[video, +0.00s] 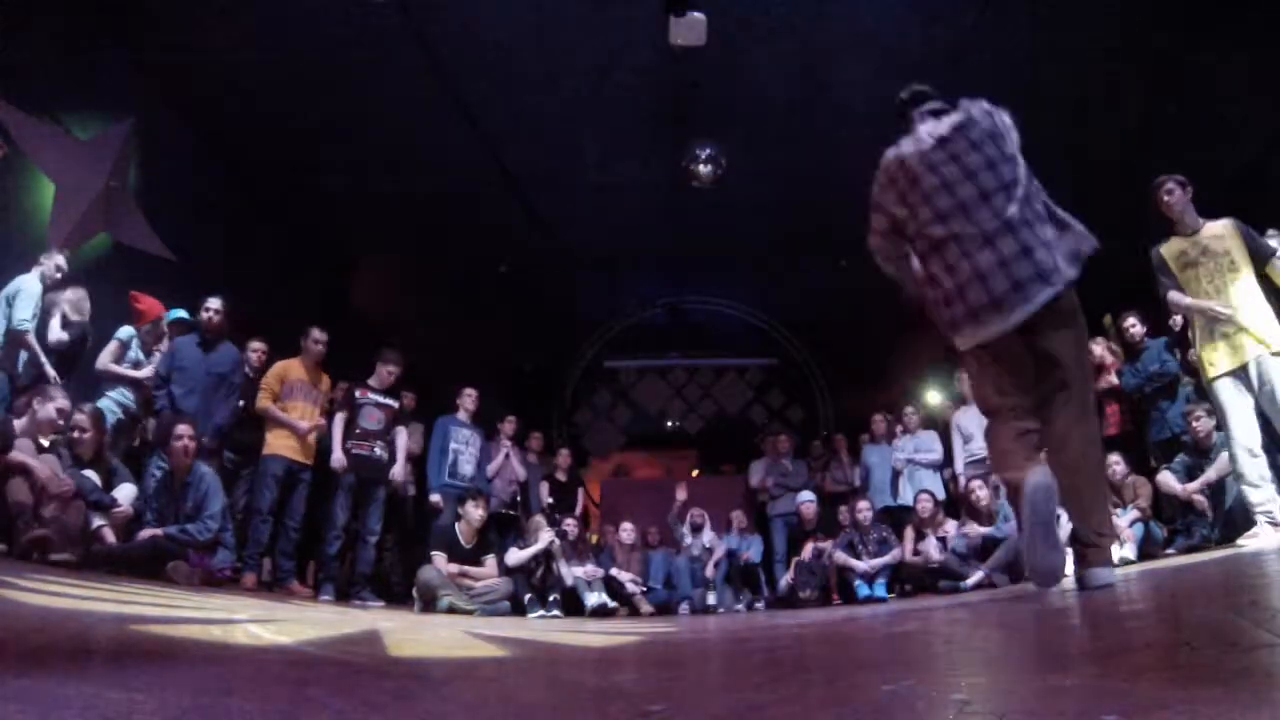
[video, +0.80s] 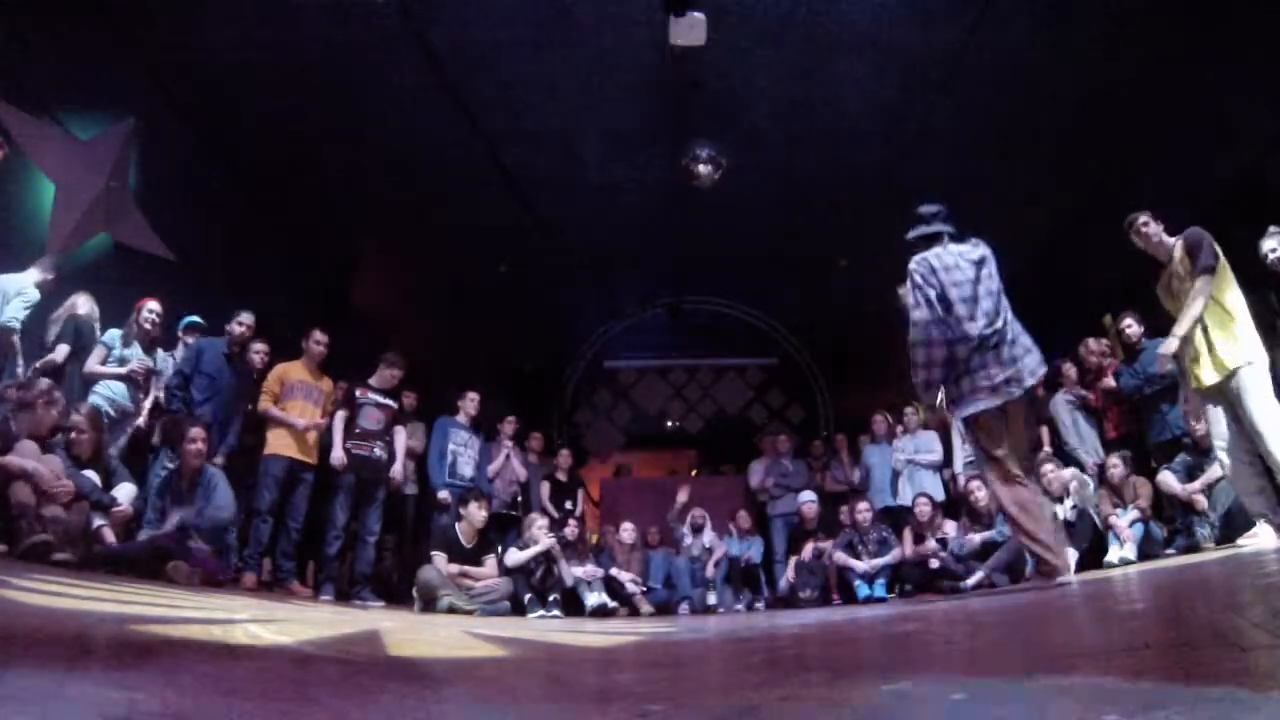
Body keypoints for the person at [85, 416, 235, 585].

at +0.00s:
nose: (186, 445)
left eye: (191, 439)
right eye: (179, 439)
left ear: (197, 445)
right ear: (168, 447)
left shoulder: (207, 478)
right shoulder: (163, 480)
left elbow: (207, 532)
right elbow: (151, 518)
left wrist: (162, 533)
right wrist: (150, 534)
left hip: (210, 553)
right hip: (174, 546)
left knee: (155, 545)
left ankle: (95, 556)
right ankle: (177, 572)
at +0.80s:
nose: (199, 448)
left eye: (203, 442)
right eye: (192, 442)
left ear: (208, 447)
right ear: (180, 448)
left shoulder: (214, 478)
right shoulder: (165, 481)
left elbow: (224, 515)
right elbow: (152, 522)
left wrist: (182, 520)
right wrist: (144, 541)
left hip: (211, 555)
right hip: (171, 547)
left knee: (164, 543)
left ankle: (99, 556)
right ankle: (182, 575)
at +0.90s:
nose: (202, 441)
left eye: (206, 437)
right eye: (197, 435)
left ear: (212, 444)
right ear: (185, 439)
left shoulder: (219, 470)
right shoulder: (169, 471)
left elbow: (242, 492)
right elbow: (154, 519)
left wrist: (208, 467)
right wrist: (141, 544)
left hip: (213, 551)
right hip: (173, 545)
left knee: (162, 544)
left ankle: (94, 556)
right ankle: (185, 576)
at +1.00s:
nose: (205, 440)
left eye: (210, 435)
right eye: (199, 433)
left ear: (214, 441)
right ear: (183, 436)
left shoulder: (217, 469)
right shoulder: (165, 471)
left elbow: (244, 482)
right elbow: (154, 519)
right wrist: (139, 546)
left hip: (214, 557)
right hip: (175, 546)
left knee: (159, 541)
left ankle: (96, 555)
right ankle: (185, 576)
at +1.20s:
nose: (201, 444)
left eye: (204, 439)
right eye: (194, 438)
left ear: (209, 444)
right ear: (179, 444)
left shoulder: (223, 475)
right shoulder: (171, 479)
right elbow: (154, 519)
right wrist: (144, 543)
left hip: (213, 558)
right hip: (175, 547)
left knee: (159, 543)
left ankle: (98, 555)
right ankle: (182, 575)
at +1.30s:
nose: (198, 450)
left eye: (201, 444)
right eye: (191, 445)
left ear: (206, 448)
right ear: (178, 451)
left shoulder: (214, 476)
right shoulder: (171, 478)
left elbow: (242, 496)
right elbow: (154, 517)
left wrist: (225, 540)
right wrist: (143, 544)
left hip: (212, 553)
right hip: (176, 547)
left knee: (159, 546)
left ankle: (102, 555)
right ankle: (184, 575)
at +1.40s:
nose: (199, 449)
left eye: (202, 443)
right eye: (191, 444)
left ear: (206, 446)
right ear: (177, 450)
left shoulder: (214, 474)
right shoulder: (169, 478)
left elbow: (247, 495)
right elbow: (154, 518)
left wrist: (221, 527)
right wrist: (145, 543)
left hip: (211, 551)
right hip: (175, 546)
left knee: (160, 545)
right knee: (152, 557)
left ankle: (102, 555)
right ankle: (184, 575)